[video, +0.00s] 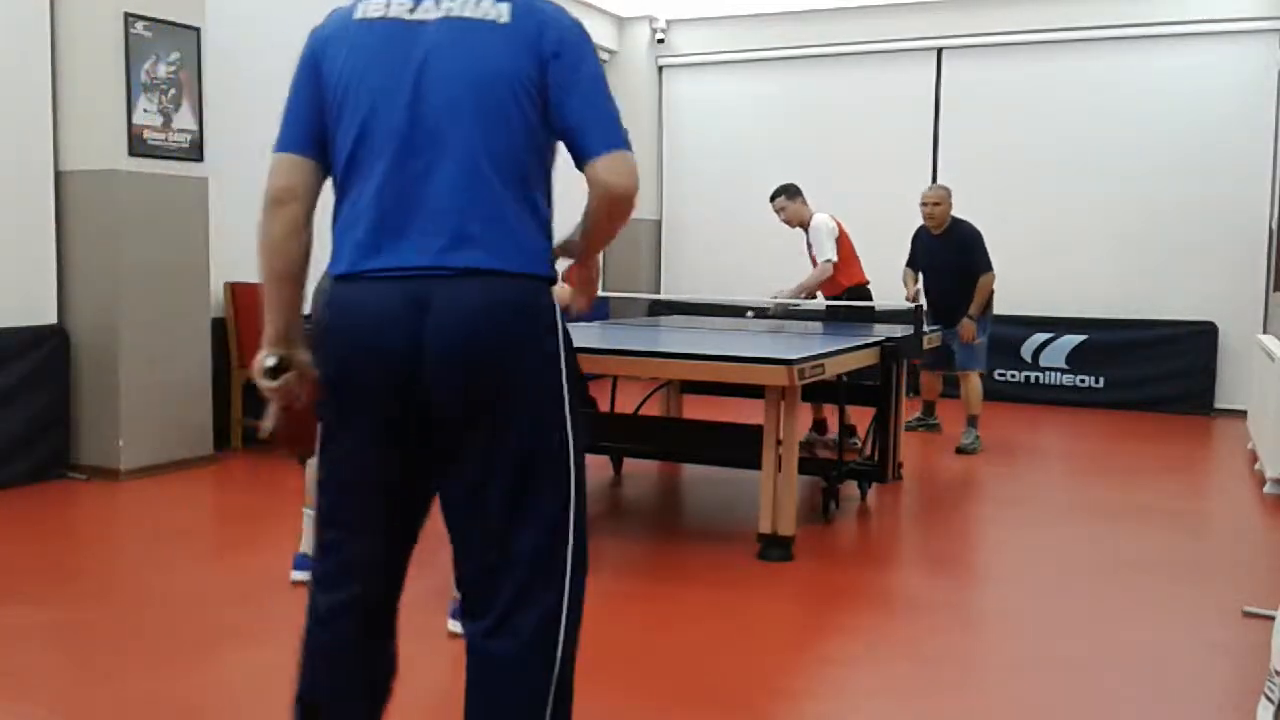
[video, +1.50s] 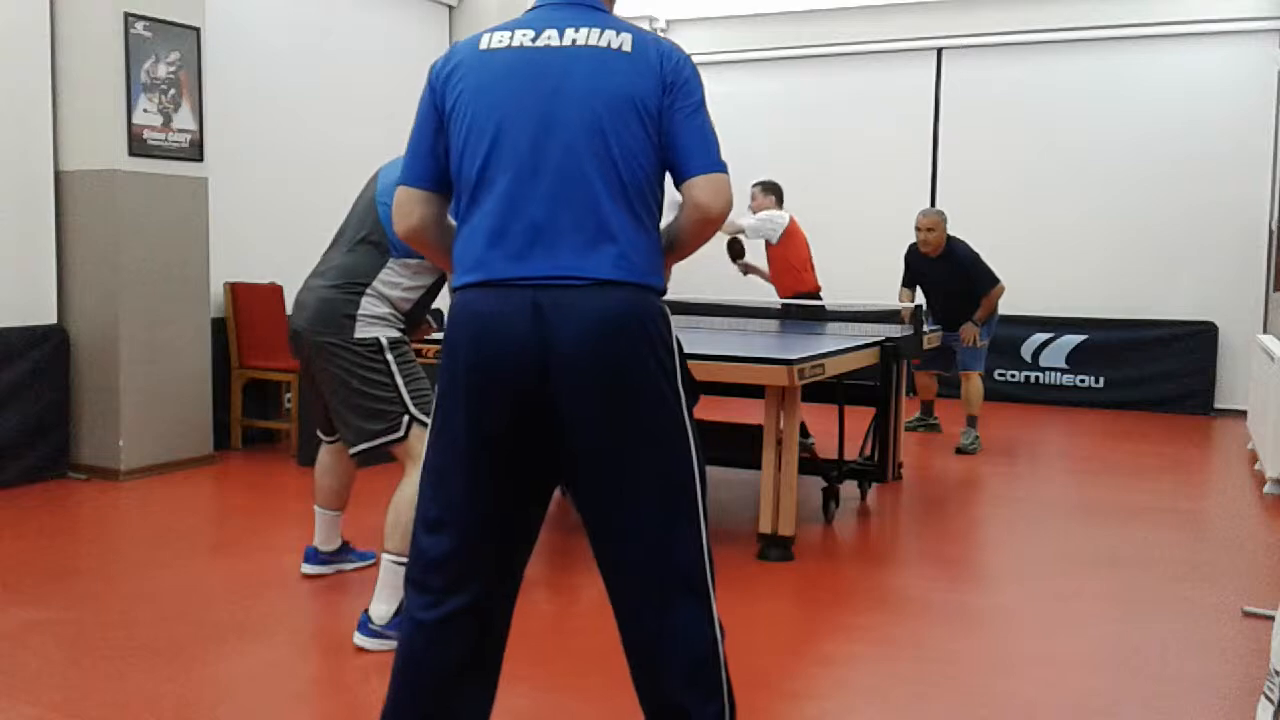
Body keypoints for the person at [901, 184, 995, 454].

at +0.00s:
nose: (929, 211)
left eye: (936, 205)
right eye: (924, 205)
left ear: (949, 206)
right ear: (920, 207)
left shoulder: (967, 234)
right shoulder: (921, 235)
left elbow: (987, 277)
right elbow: (910, 268)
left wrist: (971, 317)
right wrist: (911, 286)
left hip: (968, 315)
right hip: (936, 314)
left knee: (968, 371)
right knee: (929, 366)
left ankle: (972, 430)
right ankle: (927, 415)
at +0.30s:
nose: (931, 215)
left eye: (937, 209)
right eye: (926, 209)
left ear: (951, 211)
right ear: (921, 211)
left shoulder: (969, 237)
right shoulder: (922, 236)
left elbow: (991, 278)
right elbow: (906, 265)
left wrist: (974, 319)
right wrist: (904, 284)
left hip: (970, 319)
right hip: (937, 317)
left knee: (970, 372)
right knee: (929, 366)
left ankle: (972, 431)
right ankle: (927, 415)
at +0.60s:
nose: (929, 225)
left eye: (936, 220)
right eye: (925, 219)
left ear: (950, 220)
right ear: (920, 219)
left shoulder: (967, 243)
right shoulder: (919, 243)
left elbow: (995, 283)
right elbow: (910, 278)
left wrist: (976, 321)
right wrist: (907, 298)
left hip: (972, 319)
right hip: (938, 317)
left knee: (970, 371)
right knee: (928, 366)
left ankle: (971, 431)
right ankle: (927, 415)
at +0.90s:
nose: (927, 237)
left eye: (933, 231)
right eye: (922, 231)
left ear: (947, 231)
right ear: (917, 231)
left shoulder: (965, 251)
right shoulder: (916, 252)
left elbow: (999, 287)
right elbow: (909, 287)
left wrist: (978, 322)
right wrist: (913, 305)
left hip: (975, 320)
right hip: (940, 319)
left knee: (971, 371)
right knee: (926, 365)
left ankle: (971, 431)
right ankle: (926, 416)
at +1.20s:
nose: (924, 241)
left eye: (931, 235)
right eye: (920, 234)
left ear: (945, 235)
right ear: (916, 234)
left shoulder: (963, 254)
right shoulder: (915, 255)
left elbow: (999, 289)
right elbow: (909, 289)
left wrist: (977, 322)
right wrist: (909, 310)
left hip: (975, 320)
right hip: (940, 320)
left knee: (970, 371)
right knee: (924, 364)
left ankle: (971, 431)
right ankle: (927, 416)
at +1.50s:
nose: (924, 237)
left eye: (930, 231)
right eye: (919, 231)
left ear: (944, 232)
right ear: (915, 231)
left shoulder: (961, 253)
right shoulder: (914, 254)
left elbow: (996, 289)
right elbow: (907, 288)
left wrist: (975, 322)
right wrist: (907, 308)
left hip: (974, 320)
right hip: (939, 320)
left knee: (969, 371)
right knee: (922, 365)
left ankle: (971, 431)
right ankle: (926, 416)